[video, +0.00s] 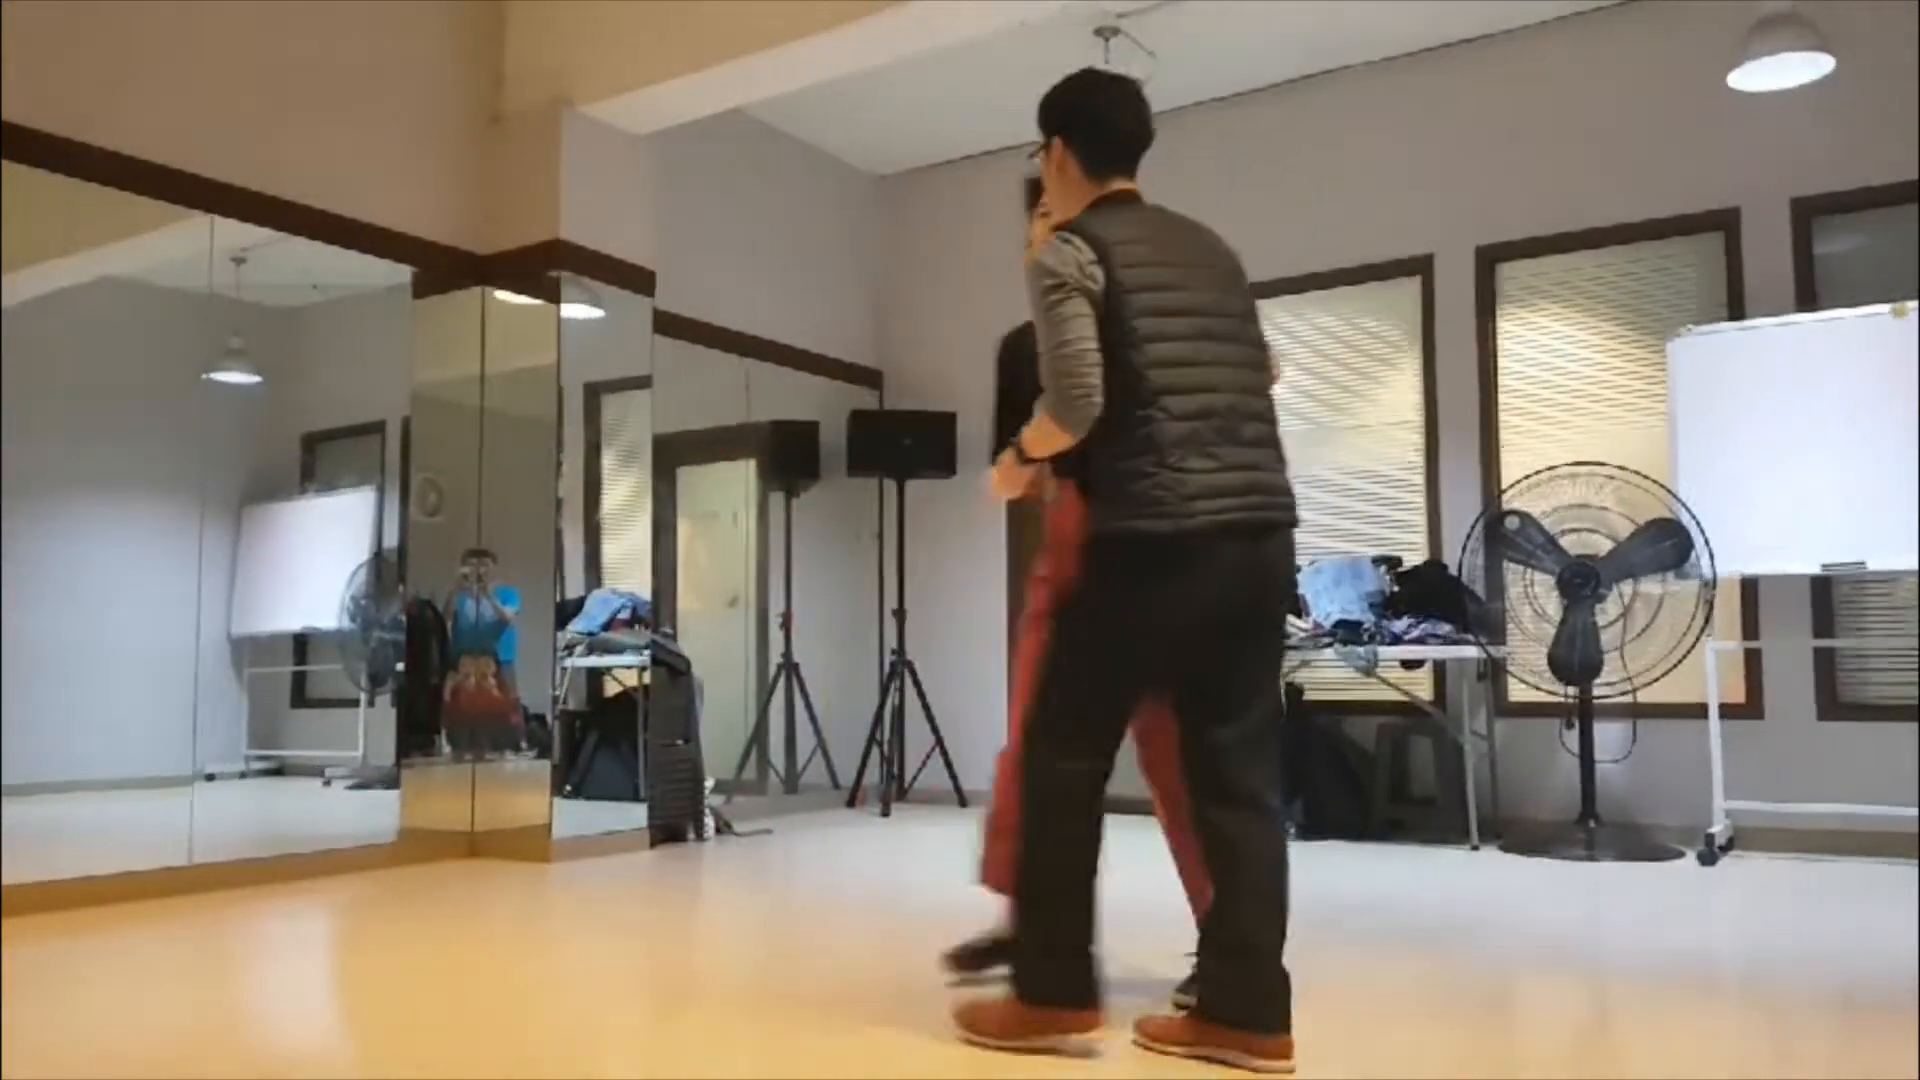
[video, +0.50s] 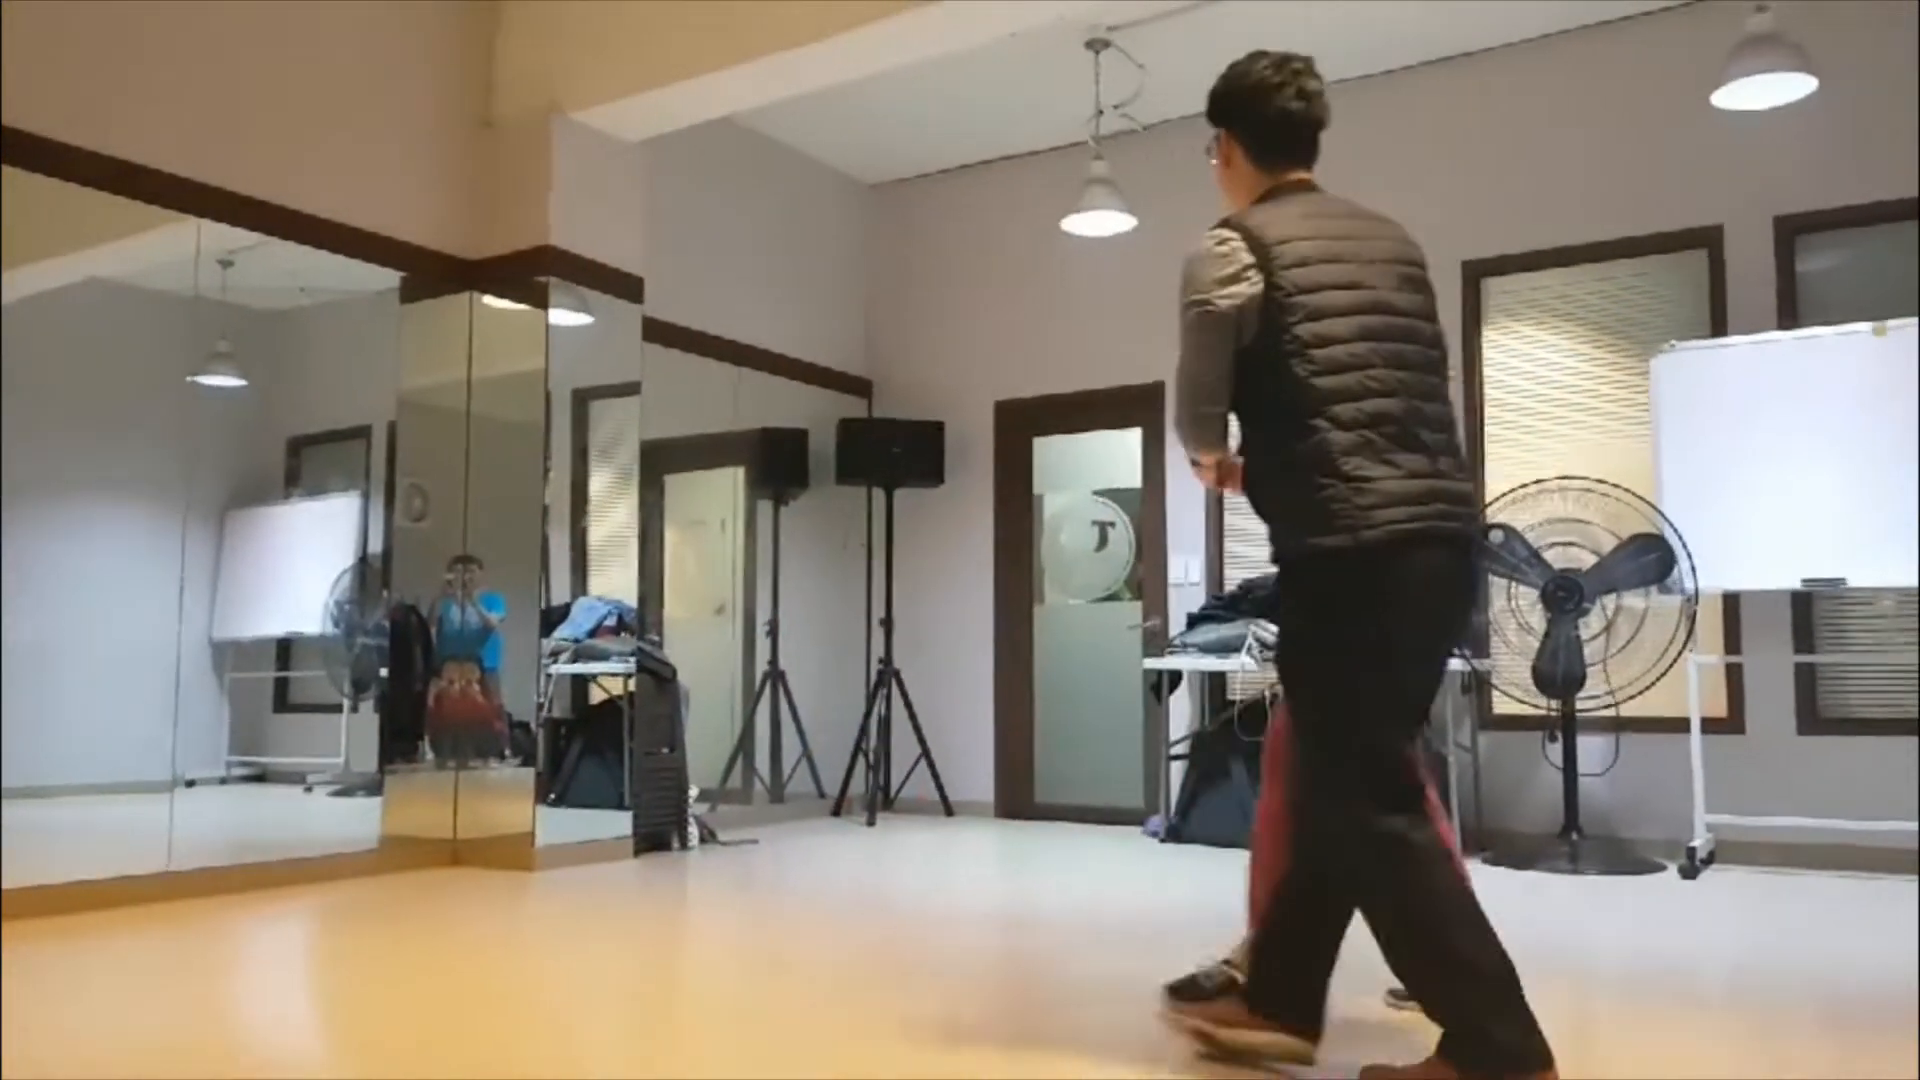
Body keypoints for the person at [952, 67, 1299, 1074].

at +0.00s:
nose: (1039, 179)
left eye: (1041, 163)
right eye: (1040, 166)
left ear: (1059, 156)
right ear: (1139, 158)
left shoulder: (1068, 247)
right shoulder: (1208, 245)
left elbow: (1075, 406)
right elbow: (1260, 372)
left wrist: (1023, 455)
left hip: (1152, 542)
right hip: (1255, 542)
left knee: (1062, 753)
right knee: (1236, 771)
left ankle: (1054, 995)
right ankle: (1248, 1009)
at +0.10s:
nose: (1062, 165)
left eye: (1063, 148)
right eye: (1067, 149)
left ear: (1081, 147)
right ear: (1159, 149)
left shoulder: (1088, 239)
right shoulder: (1234, 234)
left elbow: (1100, 390)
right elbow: (1273, 361)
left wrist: (1062, 451)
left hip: (1176, 540)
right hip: (1284, 536)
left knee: (1090, 745)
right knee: (1260, 762)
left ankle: (1138, 985)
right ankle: (1255, 1012)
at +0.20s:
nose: (1101, 162)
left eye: (1101, 145)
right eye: (1105, 146)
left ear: (1120, 145)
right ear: (1196, 143)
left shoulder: (1125, 240)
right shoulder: (1274, 233)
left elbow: (1125, 383)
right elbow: (1319, 354)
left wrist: (1109, 445)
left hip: (1213, 544)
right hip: (1319, 537)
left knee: (1141, 751)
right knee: (1275, 761)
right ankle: (1230, 1002)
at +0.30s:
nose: (1136, 168)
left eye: (1135, 152)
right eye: (1135, 153)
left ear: (1152, 147)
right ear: (1238, 148)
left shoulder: (1164, 247)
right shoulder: (1311, 240)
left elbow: (1143, 420)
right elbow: (1355, 373)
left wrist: (1153, 470)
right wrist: (1226, 442)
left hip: (1254, 557)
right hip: (1350, 548)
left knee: (1221, 788)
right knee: (1279, 784)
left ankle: (1424, 971)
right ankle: (1241, 1016)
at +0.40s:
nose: (1171, 173)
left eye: (1171, 157)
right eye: (1172, 158)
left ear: (1186, 154)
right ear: (1272, 153)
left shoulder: (1194, 256)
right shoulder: (1344, 247)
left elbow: (1169, 443)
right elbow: (1381, 403)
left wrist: (1183, 478)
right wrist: (1244, 464)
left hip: (1295, 565)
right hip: (1386, 556)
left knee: (1304, 804)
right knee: (1302, 791)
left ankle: (1483, 1025)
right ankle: (1241, 1014)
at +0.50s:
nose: (1214, 170)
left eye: (1212, 154)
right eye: (1214, 156)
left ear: (1226, 151)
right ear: (1315, 146)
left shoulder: (1232, 252)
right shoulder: (1395, 239)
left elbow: (1199, 415)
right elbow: (1418, 398)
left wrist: (1209, 453)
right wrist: (1274, 460)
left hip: (1344, 558)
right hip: (1443, 545)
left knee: (1369, 800)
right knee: (1335, 779)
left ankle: (1498, 1048)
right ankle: (1278, 1005)